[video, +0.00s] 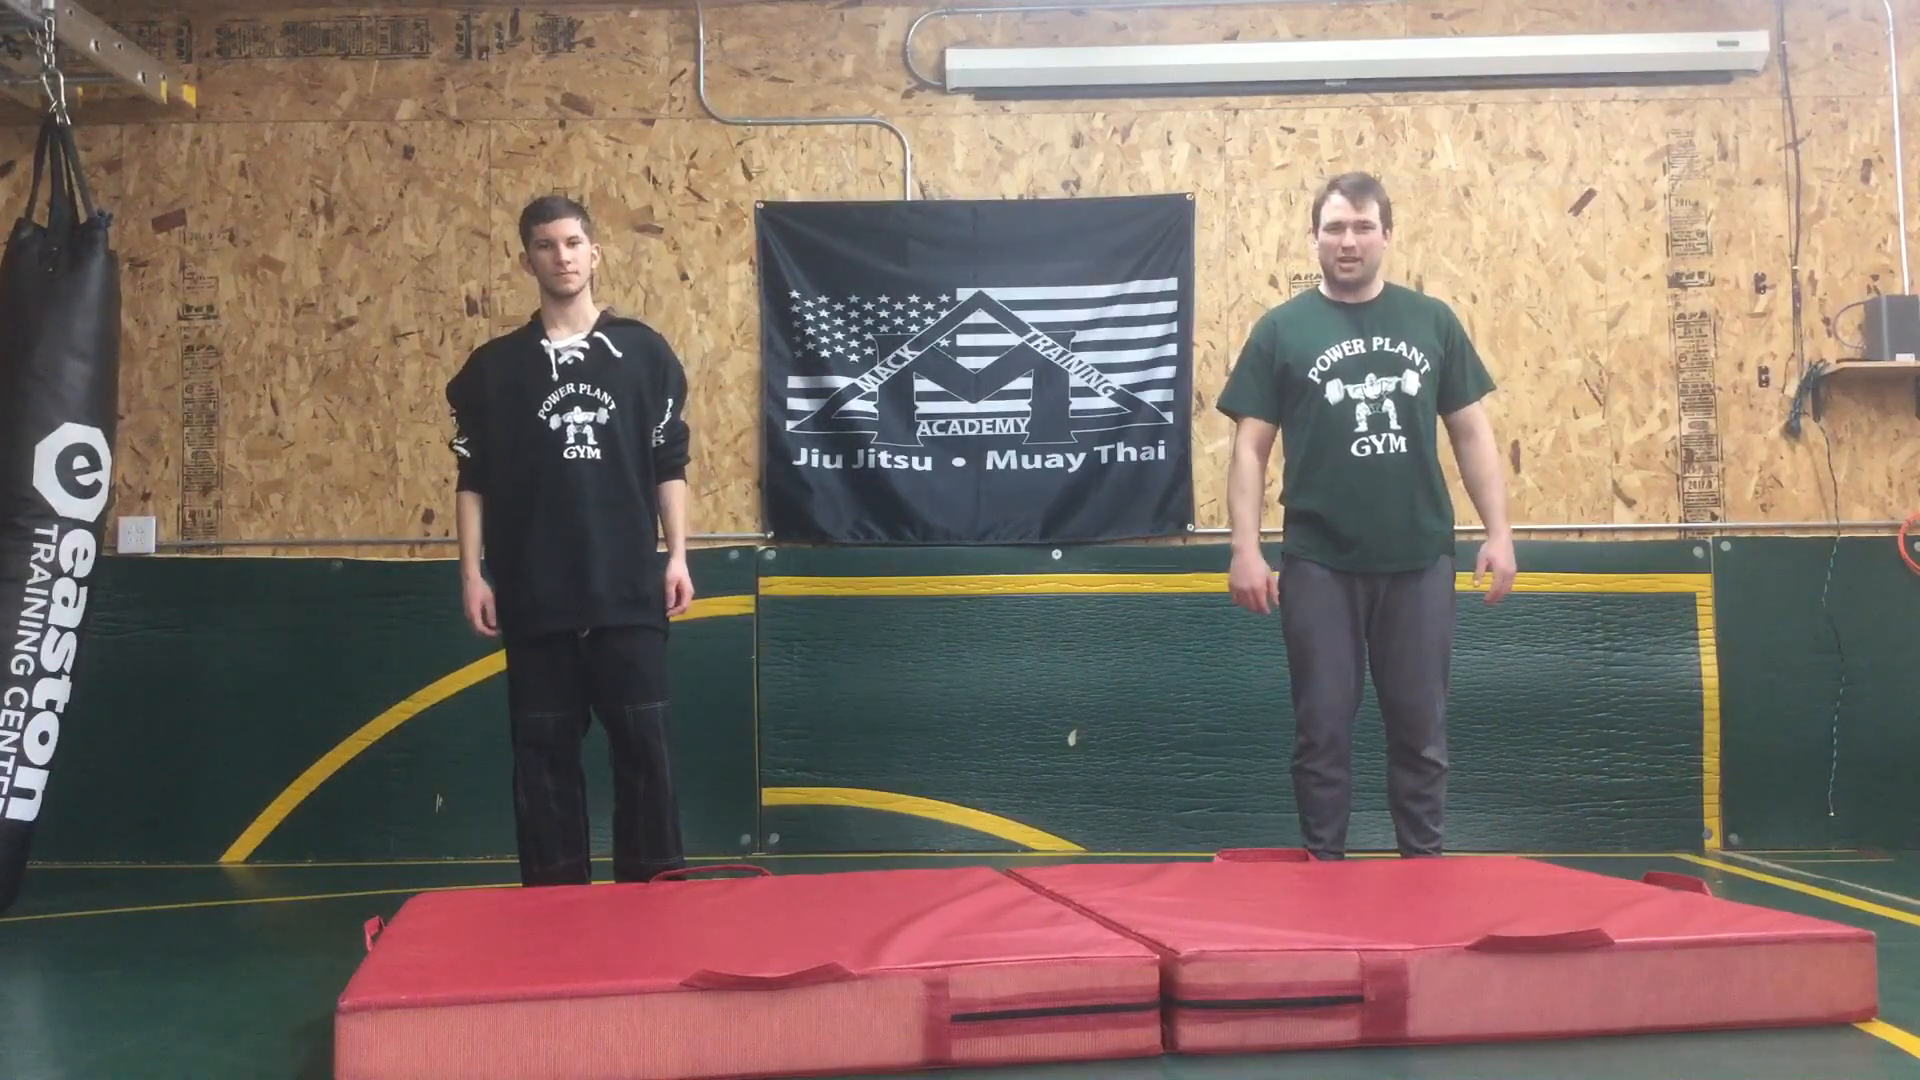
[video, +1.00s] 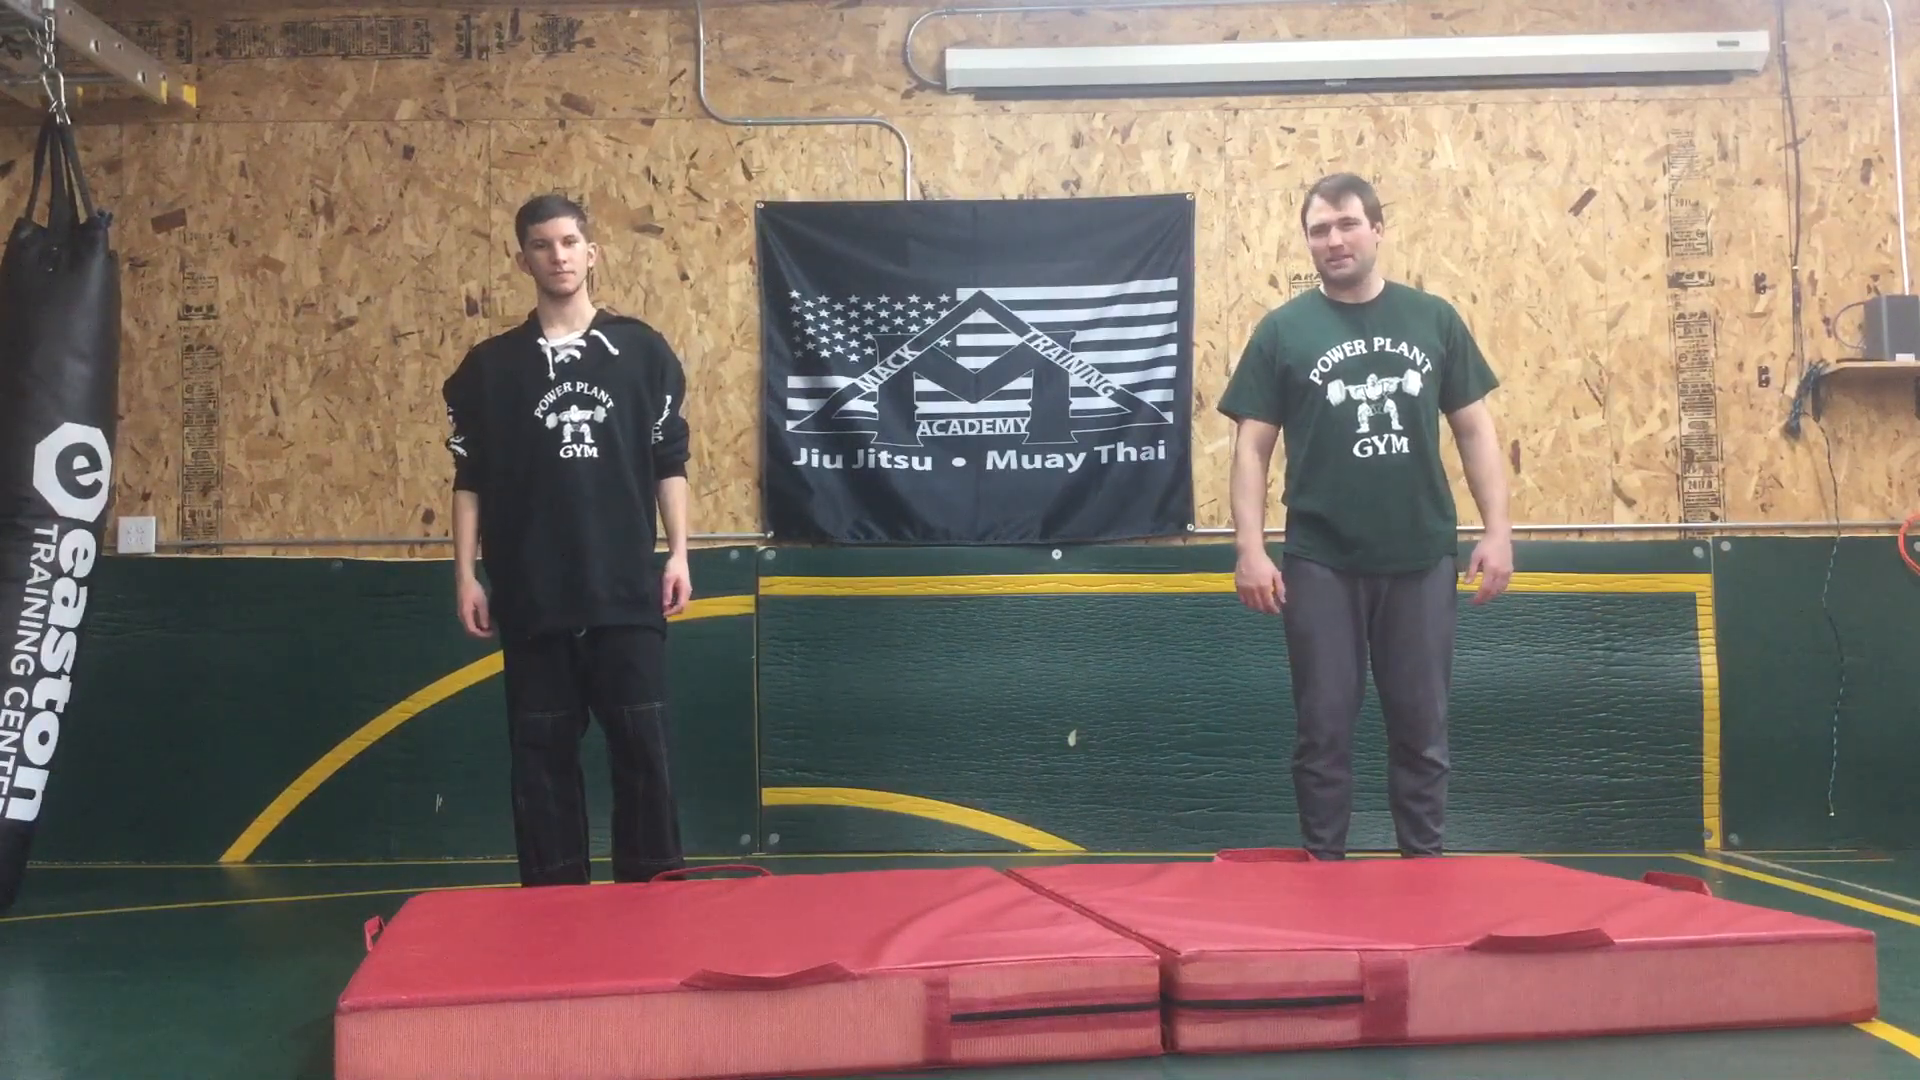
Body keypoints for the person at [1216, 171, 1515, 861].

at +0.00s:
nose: (1349, 241)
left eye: (1363, 228)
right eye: (1335, 229)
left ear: (1386, 236)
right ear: (1315, 238)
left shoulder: (1432, 322)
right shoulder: (1281, 331)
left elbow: (1470, 431)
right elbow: (1250, 448)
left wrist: (1498, 531)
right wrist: (1245, 549)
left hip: (1419, 558)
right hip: (1319, 559)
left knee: (1420, 728)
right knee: (1323, 726)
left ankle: (1423, 869)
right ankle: (1323, 870)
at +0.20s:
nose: (1345, 246)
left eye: (1359, 232)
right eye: (1331, 233)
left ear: (1384, 235)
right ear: (1312, 241)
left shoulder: (1432, 322)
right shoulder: (1280, 331)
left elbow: (1471, 432)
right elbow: (1249, 448)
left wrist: (1496, 532)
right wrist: (1244, 549)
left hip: (1419, 557)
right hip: (1318, 558)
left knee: (1420, 727)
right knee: (1323, 725)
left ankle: (1423, 868)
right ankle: (1324, 869)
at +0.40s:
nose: (1345, 243)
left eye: (1359, 229)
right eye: (1331, 231)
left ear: (1384, 235)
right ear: (1312, 240)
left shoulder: (1432, 321)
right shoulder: (1281, 331)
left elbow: (1472, 428)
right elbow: (1249, 447)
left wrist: (1500, 528)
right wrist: (1246, 547)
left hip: (1418, 555)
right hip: (1319, 557)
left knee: (1421, 727)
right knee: (1322, 724)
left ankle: (1424, 869)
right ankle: (1323, 870)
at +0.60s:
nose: (1344, 243)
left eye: (1357, 229)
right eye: (1330, 231)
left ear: (1383, 234)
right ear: (1312, 241)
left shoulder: (1432, 321)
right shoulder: (1281, 331)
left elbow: (1472, 428)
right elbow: (1250, 446)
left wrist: (1499, 526)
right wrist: (1252, 545)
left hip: (1419, 555)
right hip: (1319, 557)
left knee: (1421, 726)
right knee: (1323, 725)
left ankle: (1424, 868)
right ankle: (1323, 869)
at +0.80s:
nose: (1337, 244)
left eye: (1350, 230)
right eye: (1323, 233)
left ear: (1379, 234)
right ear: (1308, 242)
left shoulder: (1433, 321)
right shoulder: (1282, 331)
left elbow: (1471, 430)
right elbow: (1250, 445)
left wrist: (1494, 531)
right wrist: (1252, 546)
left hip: (1420, 556)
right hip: (1319, 558)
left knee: (1422, 729)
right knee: (1323, 727)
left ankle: (1424, 870)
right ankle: (1323, 872)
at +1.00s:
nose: (1334, 239)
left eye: (1346, 225)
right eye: (1320, 230)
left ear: (1377, 231)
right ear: (1306, 242)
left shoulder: (1434, 320)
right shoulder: (1283, 330)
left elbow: (1473, 429)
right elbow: (1252, 447)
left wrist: (1498, 531)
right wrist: (1250, 548)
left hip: (1420, 556)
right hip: (1320, 558)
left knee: (1422, 727)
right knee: (1323, 726)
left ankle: (1425, 869)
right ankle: (1323, 871)